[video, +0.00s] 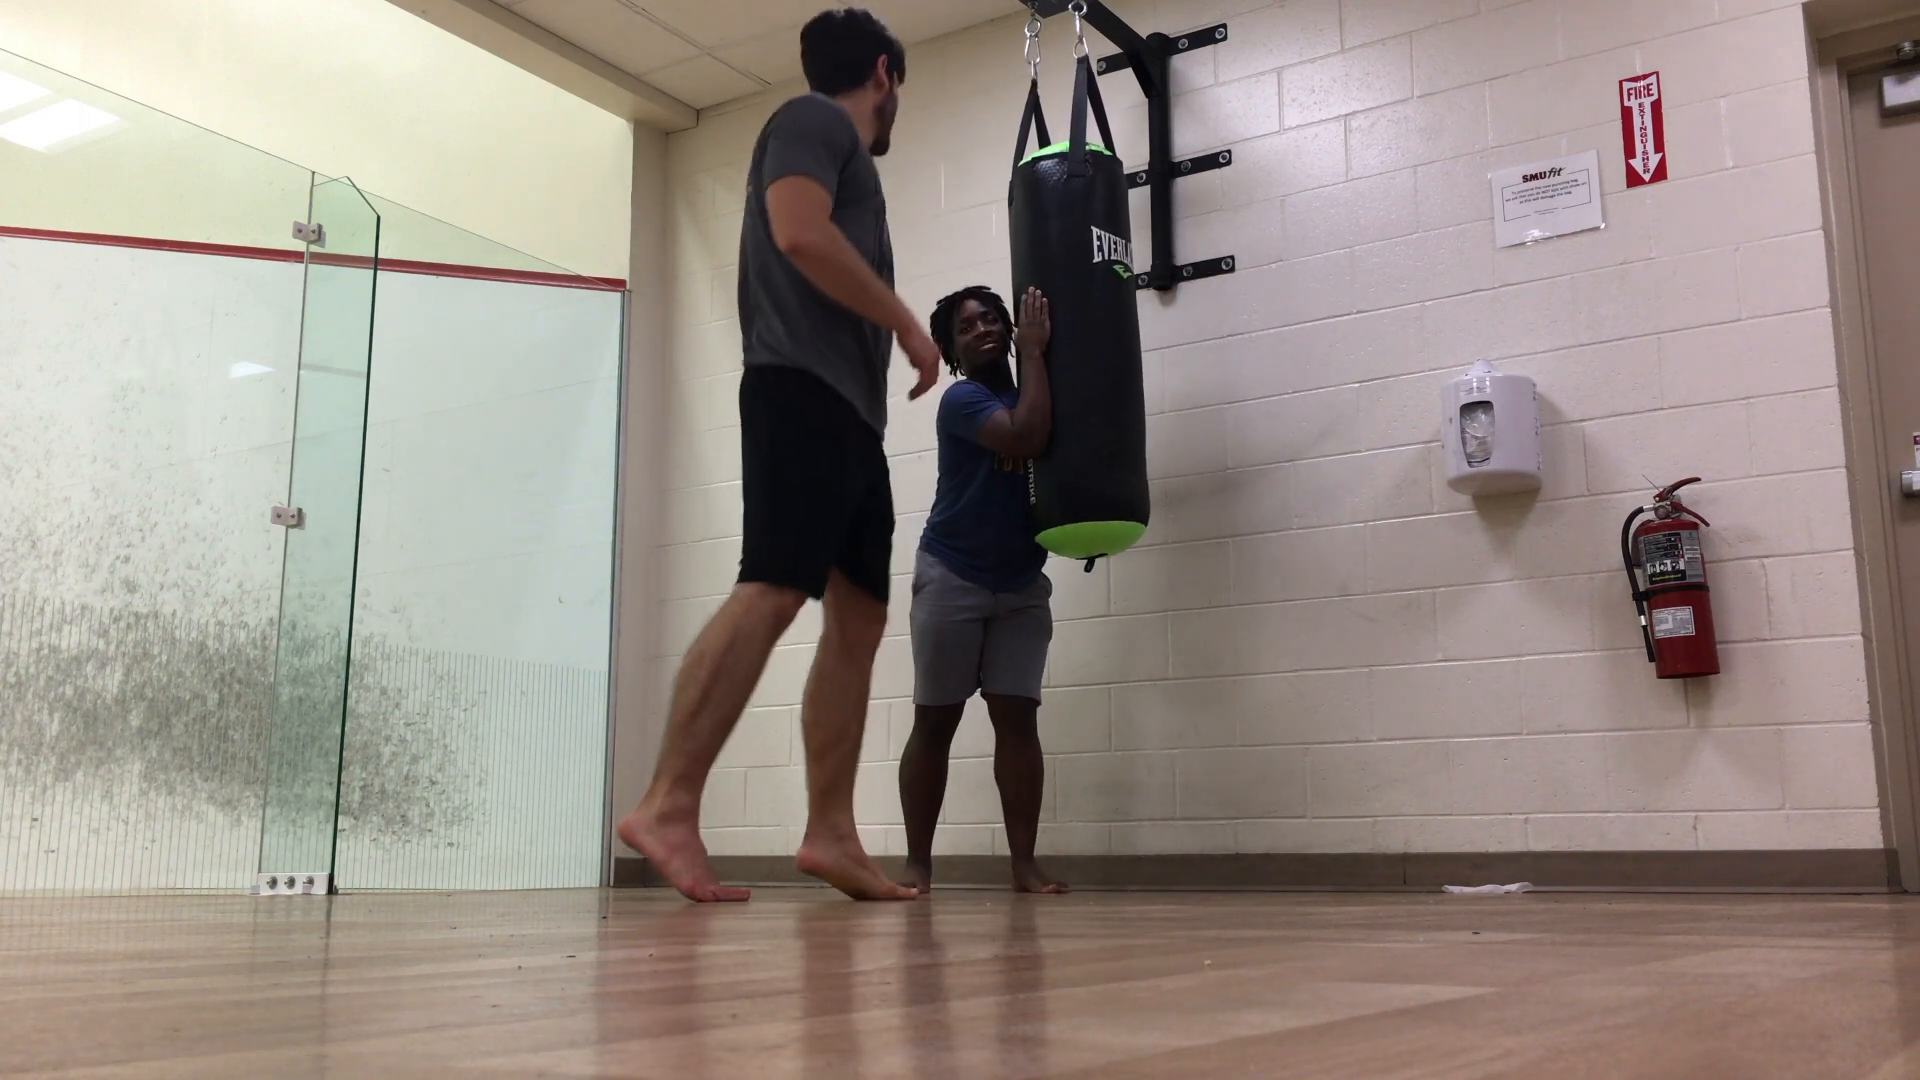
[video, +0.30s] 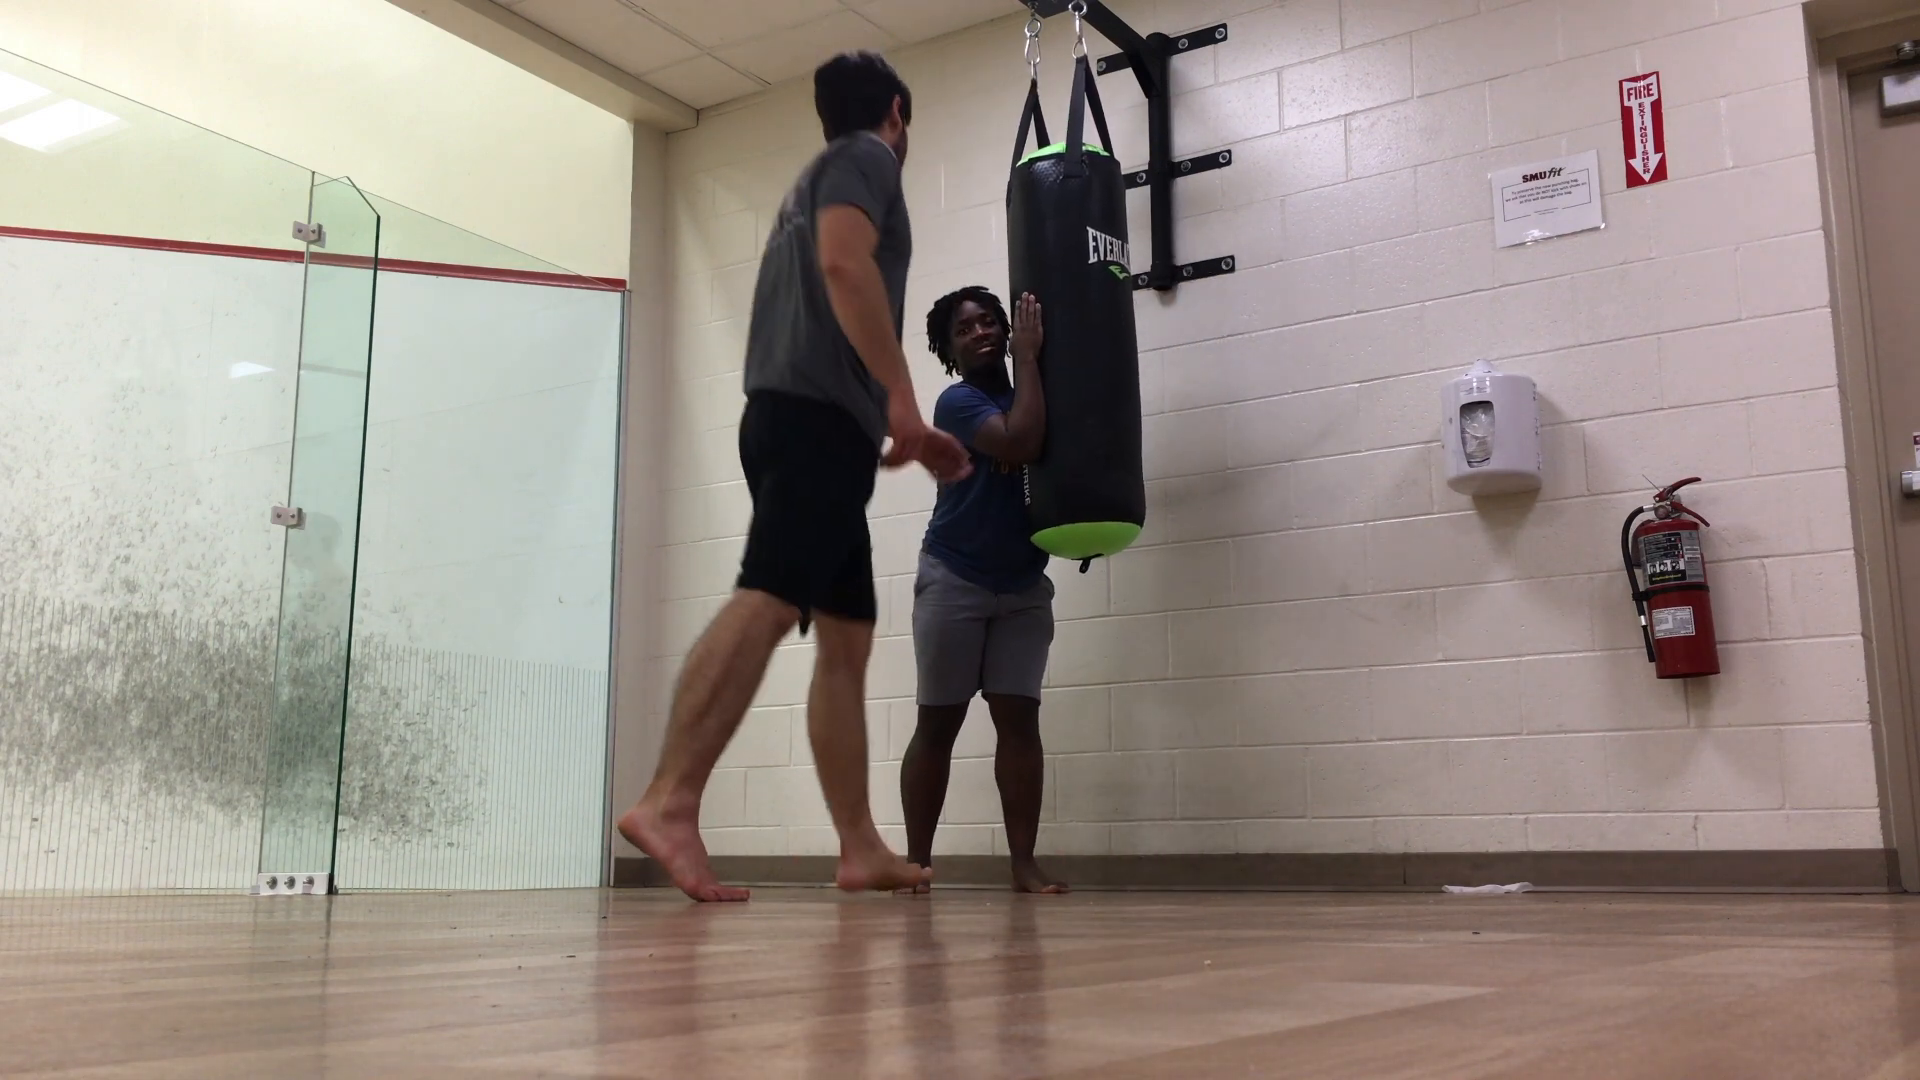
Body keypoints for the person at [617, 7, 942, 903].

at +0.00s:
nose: (896, 105)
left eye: (897, 90)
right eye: (897, 87)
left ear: (836, 73)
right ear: (880, 73)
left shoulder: (841, 161)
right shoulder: (812, 119)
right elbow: (798, 229)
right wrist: (902, 319)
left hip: (843, 406)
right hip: (795, 391)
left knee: (859, 611)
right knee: (774, 589)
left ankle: (831, 832)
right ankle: (665, 813)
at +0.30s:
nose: (905, 135)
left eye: (903, 123)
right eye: (906, 121)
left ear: (832, 117)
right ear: (895, 115)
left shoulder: (814, 182)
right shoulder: (865, 155)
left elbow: (825, 336)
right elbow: (843, 260)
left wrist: (910, 434)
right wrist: (901, 395)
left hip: (805, 422)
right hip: (812, 416)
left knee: (846, 629)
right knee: (769, 600)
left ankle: (862, 847)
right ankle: (667, 807)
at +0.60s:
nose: (935, 180)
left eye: (933, 169)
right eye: (934, 169)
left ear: (857, 175)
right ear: (924, 164)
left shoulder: (818, 249)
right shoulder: (915, 211)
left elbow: (797, 353)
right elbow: (909, 316)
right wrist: (949, 445)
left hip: (812, 463)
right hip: (888, 460)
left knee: (837, 651)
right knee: (945, 649)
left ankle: (860, 861)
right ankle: (840, 776)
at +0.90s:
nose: (971, 212)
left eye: (969, 204)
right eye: (972, 203)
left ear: (894, 200)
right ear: (963, 196)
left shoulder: (838, 269)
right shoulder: (967, 243)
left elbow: (813, 396)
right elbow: (985, 356)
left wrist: (876, 449)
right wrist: (1018, 475)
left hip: (866, 486)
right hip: (955, 480)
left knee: (878, 671)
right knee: (976, 671)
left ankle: (866, 858)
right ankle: (985, 863)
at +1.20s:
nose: (981, 212)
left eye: (975, 204)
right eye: (983, 202)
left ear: (908, 201)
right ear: (974, 199)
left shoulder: (850, 265)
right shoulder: (992, 247)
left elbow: (835, 395)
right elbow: (1031, 352)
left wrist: (903, 426)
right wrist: (1048, 459)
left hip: (871, 474)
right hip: (961, 472)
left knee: (896, 657)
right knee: (977, 662)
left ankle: (872, 849)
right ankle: (993, 859)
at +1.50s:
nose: (957, 224)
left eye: (955, 214)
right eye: (957, 212)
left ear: (884, 205)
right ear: (942, 201)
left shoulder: (857, 266)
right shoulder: (922, 224)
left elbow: (863, 395)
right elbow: (897, 306)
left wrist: (943, 447)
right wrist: (968, 408)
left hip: (830, 465)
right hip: (890, 462)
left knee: (851, 663)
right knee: (935, 650)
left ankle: (871, 860)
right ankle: (980, 852)